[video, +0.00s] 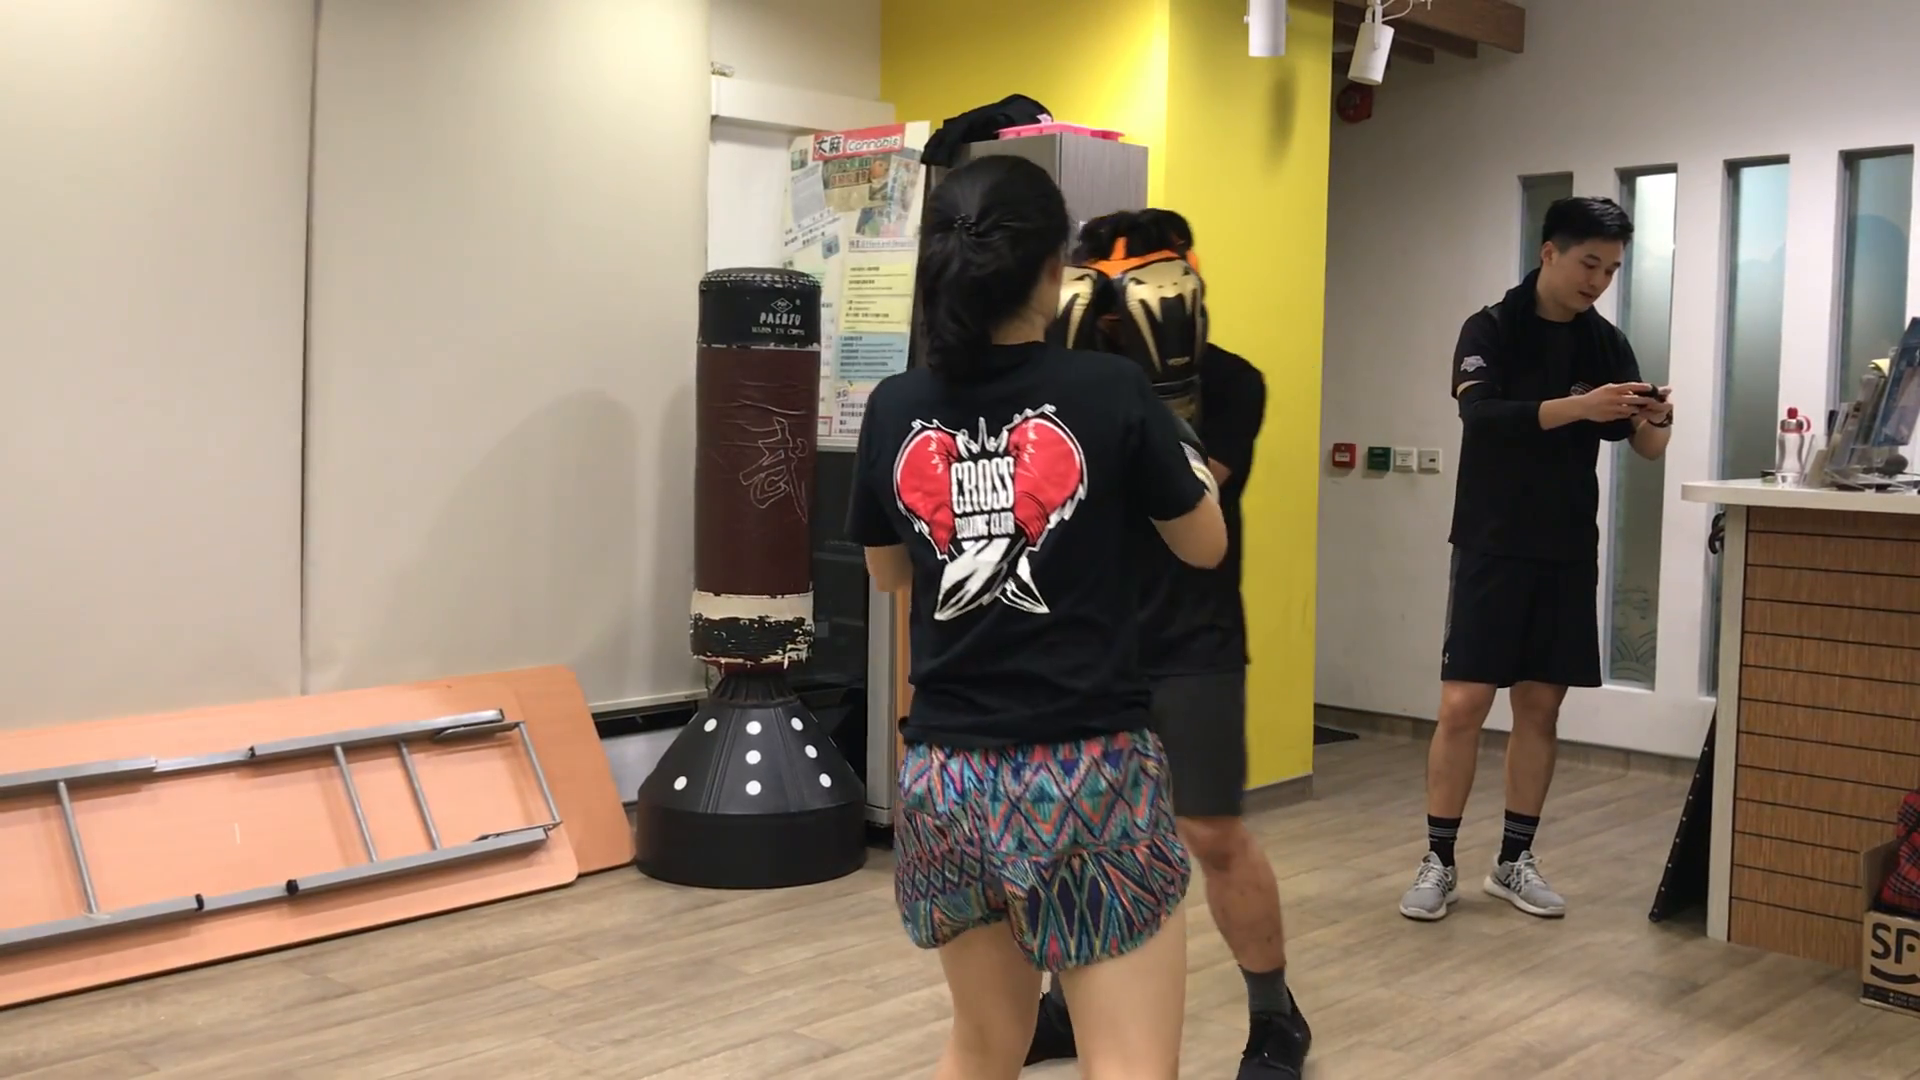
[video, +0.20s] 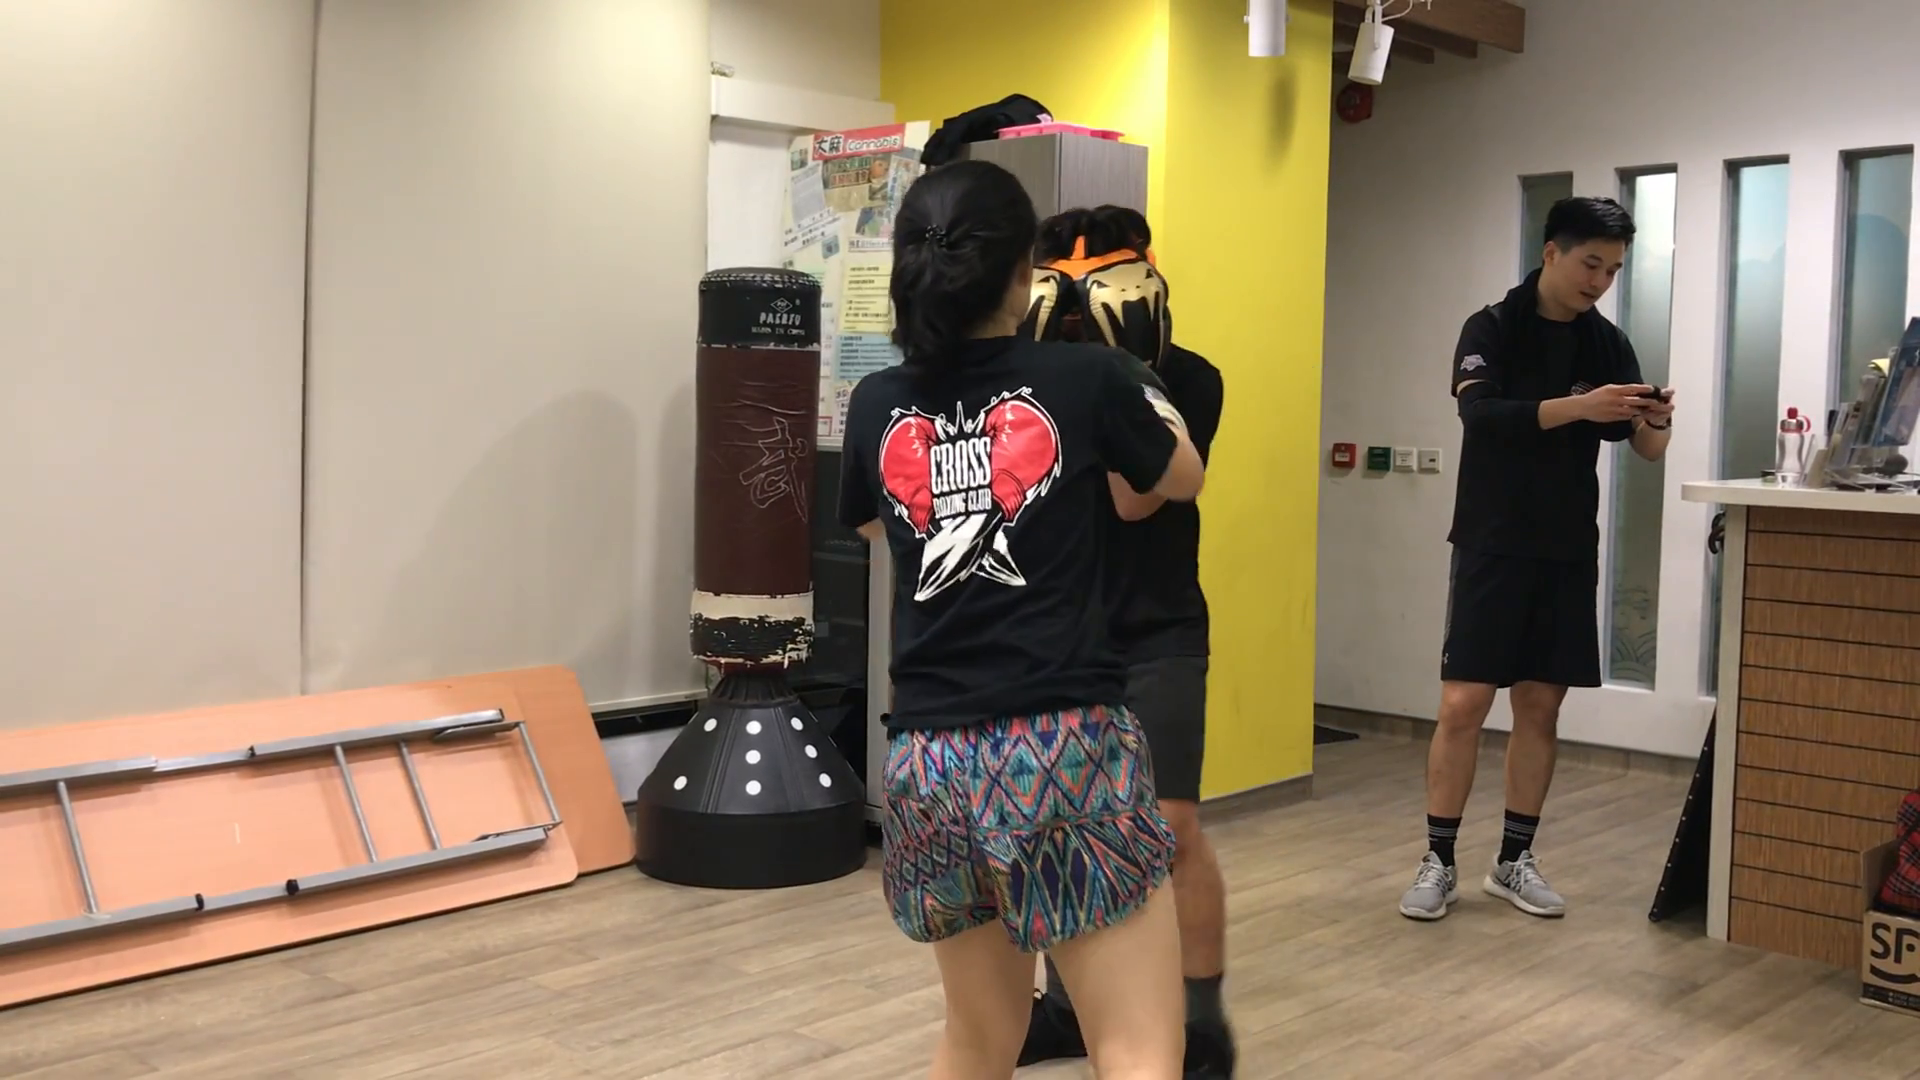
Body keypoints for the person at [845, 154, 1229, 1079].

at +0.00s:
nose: (1068, 264)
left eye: (1059, 248)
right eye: (1064, 249)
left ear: (936, 261)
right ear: (1054, 262)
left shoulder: (896, 405)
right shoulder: (1111, 392)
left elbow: (888, 572)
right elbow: (1206, 542)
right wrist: (1157, 430)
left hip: (943, 774)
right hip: (1093, 769)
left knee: (982, 1043)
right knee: (1130, 1061)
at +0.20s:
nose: (1041, 266)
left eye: (1032, 251)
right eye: (1034, 251)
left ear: (908, 264)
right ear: (1024, 263)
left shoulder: (877, 401)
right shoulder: (1088, 379)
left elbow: (873, 519)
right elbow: (1182, 476)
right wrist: (1130, 374)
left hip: (930, 754)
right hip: (1074, 747)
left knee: (975, 1038)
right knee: (1138, 1050)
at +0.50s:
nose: (1027, 265)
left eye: (1021, 251)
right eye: (1022, 250)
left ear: (898, 260)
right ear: (1010, 261)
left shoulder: (867, 403)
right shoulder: (1060, 370)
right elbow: (1154, 441)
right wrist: (1090, 359)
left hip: (924, 742)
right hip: (1060, 731)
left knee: (975, 1036)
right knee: (1108, 1048)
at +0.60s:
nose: (1026, 265)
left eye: (1021, 247)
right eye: (1021, 247)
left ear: (902, 257)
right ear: (1007, 257)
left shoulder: (865, 398)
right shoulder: (1060, 371)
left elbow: (857, 533)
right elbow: (1175, 470)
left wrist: (948, 514)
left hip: (928, 750)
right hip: (1065, 738)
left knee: (977, 1036)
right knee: (1118, 1048)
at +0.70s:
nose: (1036, 270)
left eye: (1031, 252)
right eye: (1033, 252)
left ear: (906, 257)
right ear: (1019, 263)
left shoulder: (863, 405)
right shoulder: (1066, 384)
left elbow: (838, 576)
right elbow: (1194, 519)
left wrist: (939, 547)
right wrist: (1097, 536)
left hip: (927, 759)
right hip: (1067, 746)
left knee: (977, 1042)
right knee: (1131, 1053)